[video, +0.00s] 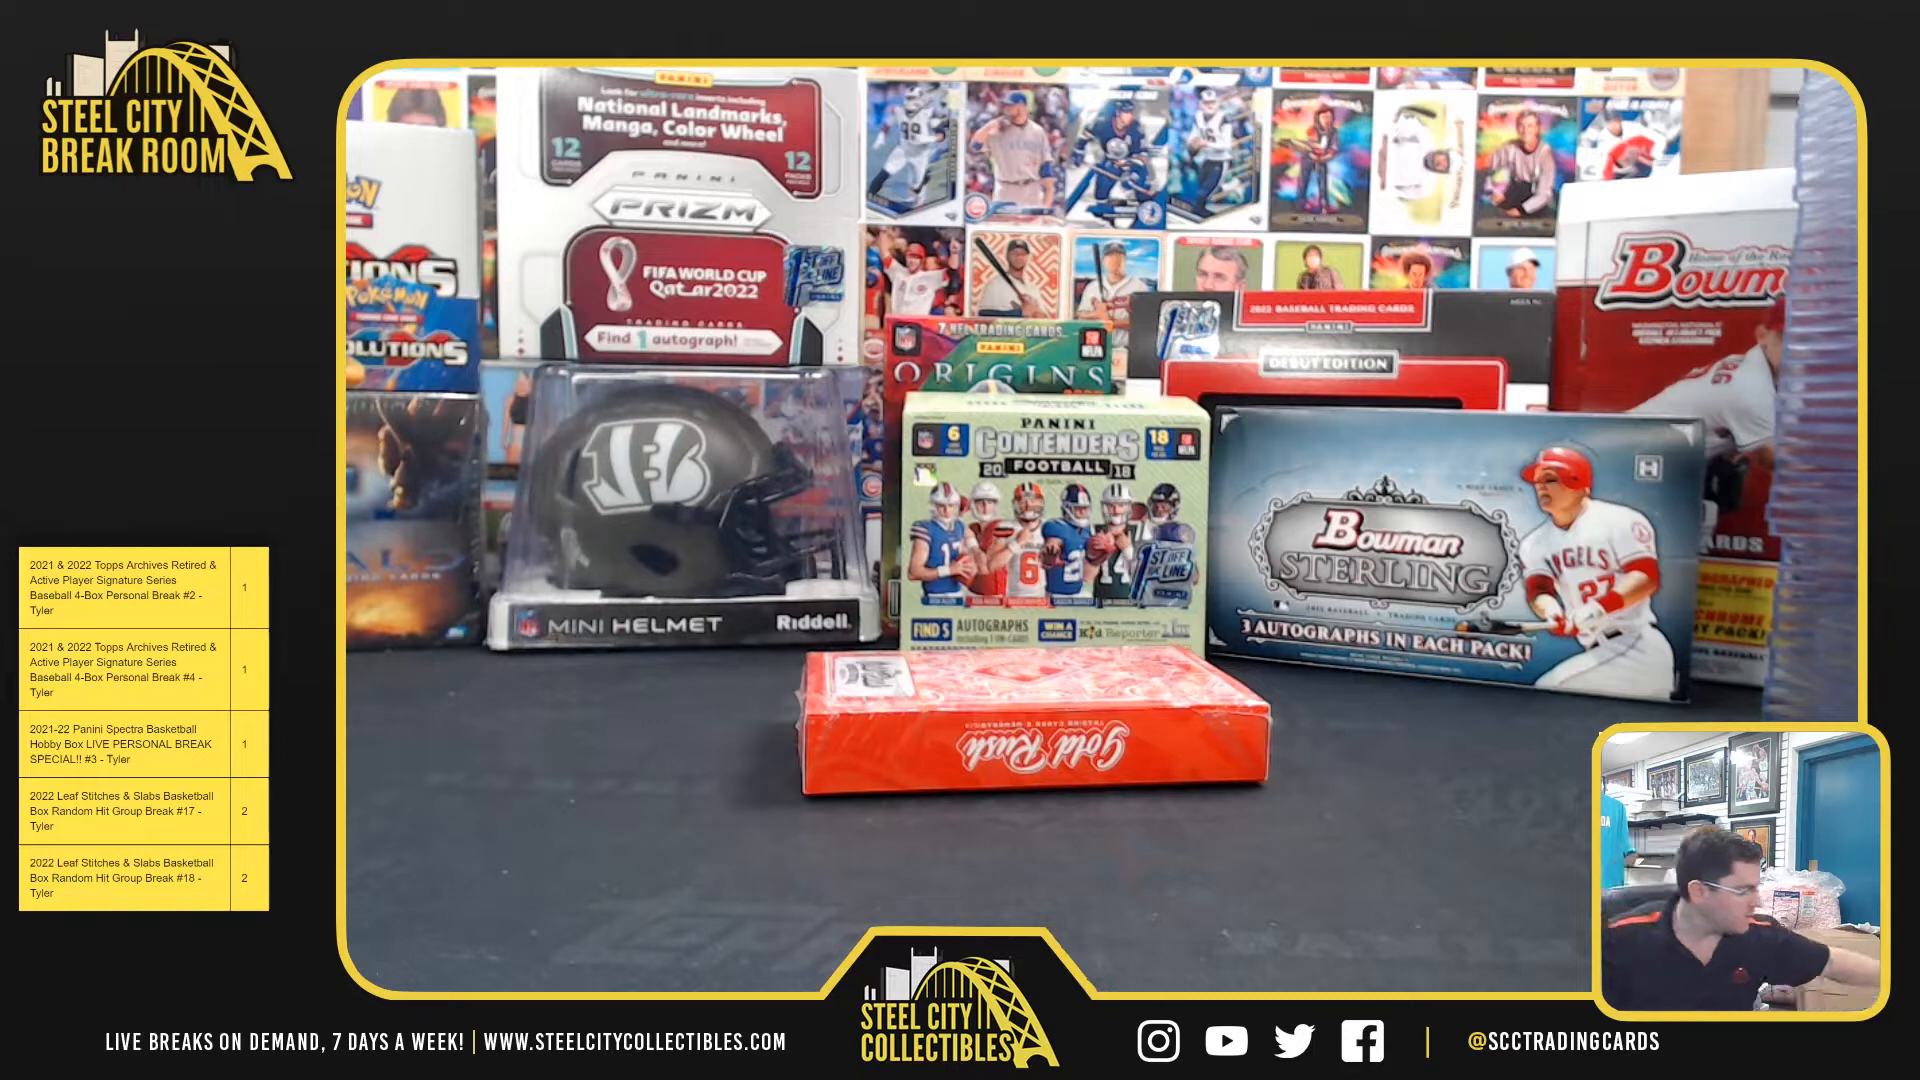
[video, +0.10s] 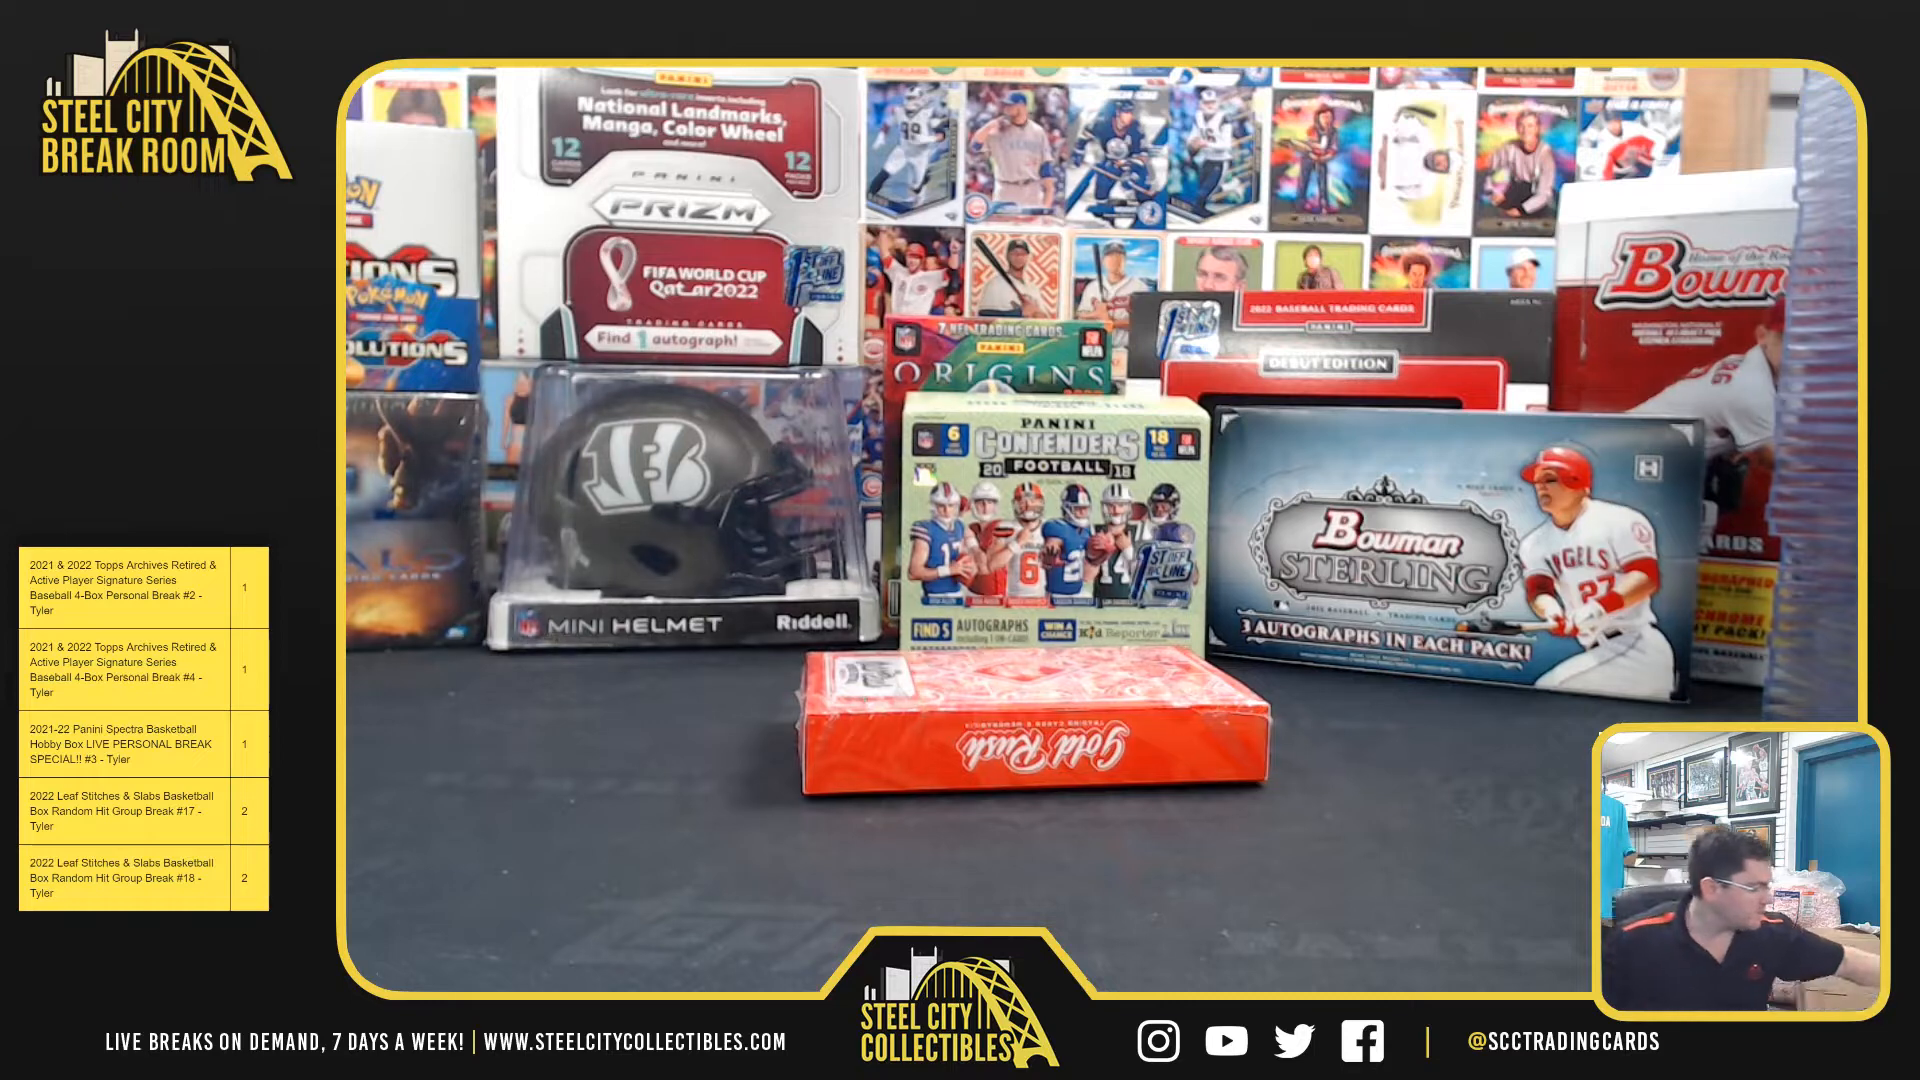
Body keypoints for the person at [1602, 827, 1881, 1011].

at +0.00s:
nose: (1756, 902)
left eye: (1756, 889)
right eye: (1744, 891)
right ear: (1698, 893)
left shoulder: (1763, 939)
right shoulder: (1621, 943)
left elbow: (1841, 965)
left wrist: (1894, 978)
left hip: (1727, 1062)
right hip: (1636, 1057)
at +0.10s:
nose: (1768, 899)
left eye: (1768, 886)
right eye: (1755, 888)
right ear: (1710, 889)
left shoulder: (1775, 936)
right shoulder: (1631, 945)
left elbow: (1853, 963)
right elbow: (1598, 1013)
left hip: (1748, 1062)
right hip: (1654, 1061)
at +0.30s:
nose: (1798, 901)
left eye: (1798, 889)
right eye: (1785, 890)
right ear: (1740, 889)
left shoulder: (1802, 938)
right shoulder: (1666, 943)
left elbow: (1879, 977)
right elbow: (1611, 1008)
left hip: (1769, 1060)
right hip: (1682, 1061)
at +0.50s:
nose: (1839, 915)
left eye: (1841, 902)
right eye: (1828, 902)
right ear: (1781, 896)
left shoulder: (1834, 946)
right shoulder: (1695, 943)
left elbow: (1892, 981)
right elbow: (1643, 995)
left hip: (1792, 1061)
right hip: (1708, 1062)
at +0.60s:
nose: (1857, 917)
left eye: (1859, 905)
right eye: (1847, 905)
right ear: (1800, 897)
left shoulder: (1844, 943)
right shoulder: (1711, 941)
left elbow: (1895, 981)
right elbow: (1651, 1001)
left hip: (1803, 1056)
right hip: (1725, 1058)